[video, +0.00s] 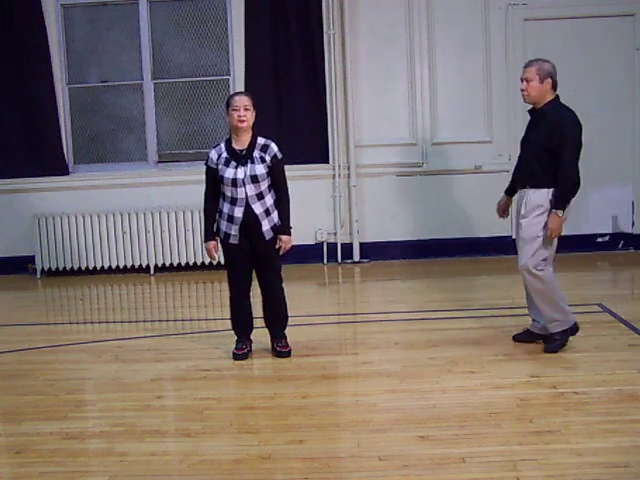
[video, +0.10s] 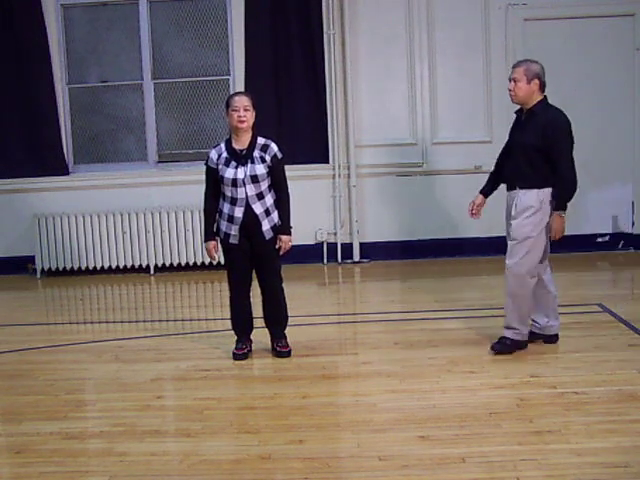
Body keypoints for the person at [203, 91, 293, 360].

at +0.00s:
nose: (241, 114)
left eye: (246, 109)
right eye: (235, 109)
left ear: (254, 114)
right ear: (227, 115)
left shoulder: (268, 149)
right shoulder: (217, 155)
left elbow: (282, 192)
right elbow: (211, 198)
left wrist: (285, 229)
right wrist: (210, 235)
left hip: (266, 231)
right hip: (232, 233)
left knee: (272, 285)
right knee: (239, 289)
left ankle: (278, 335)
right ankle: (243, 338)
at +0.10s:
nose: (241, 114)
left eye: (246, 110)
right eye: (235, 110)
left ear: (254, 115)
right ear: (227, 116)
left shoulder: (268, 149)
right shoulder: (217, 155)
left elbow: (282, 192)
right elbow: (211, 198)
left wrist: (285, 229)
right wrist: (210, 235)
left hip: (266, 230)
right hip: (232, 233)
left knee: (272, 285)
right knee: (239, 288)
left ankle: (278, 335)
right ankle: (243, 338)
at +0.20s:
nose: (241, 115)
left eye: (246, 110)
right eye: (236, 111)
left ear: (254, 115)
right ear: (227, 116)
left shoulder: (268, 149)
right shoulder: (217, 155)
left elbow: (282, 192)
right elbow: (211, 198)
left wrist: (285, 229)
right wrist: (210, 235)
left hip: (266, 230)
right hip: (232, 233)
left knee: (272, 285)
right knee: (239, 288)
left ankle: (278, 335)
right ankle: (243, 338)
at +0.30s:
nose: (242, 116)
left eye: (246, 111)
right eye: (236, 111)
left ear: (254, 115)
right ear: (227, 117)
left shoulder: (268, 149)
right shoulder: (217, 155)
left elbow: (282, 192)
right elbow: (211, 198)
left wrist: (285, 229)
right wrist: (210, 235)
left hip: (266, 230)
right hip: (232, 233)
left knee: (272, 285)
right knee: (239, 289)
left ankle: (279, 335)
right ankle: (243, 338)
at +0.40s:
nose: (242, 115)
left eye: (247, 110)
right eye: (236, 111)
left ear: (255, 114)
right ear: (228, 116)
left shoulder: (269, 149)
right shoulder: (217, 155)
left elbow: (282, 191)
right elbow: (211, 197)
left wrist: (285, 229)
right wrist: (210, 234)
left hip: (266, 231)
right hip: (233, 233)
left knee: (273, 286)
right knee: (239, 289)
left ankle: (279, 336)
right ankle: (243, 338)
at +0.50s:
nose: (242, 114)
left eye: (247, 109)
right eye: (236, 109)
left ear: (255, 114)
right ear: (228, 115)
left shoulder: (269, 149)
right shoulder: (217, 154)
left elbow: (283, 191)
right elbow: (211, 197)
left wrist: (285, 229)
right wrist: (210, 234)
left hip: (266, 230)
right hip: (233, 232)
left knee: (273, 286)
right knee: (239, 289)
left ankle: (279, 336)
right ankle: (243, 338)